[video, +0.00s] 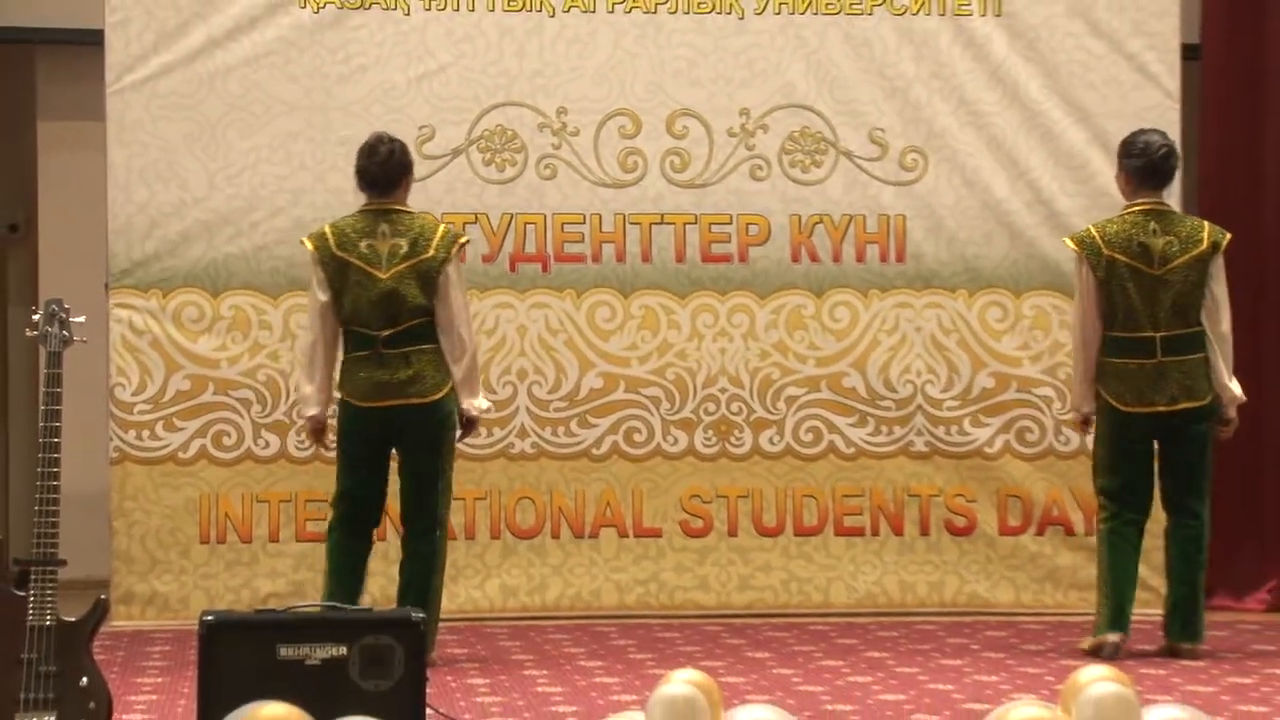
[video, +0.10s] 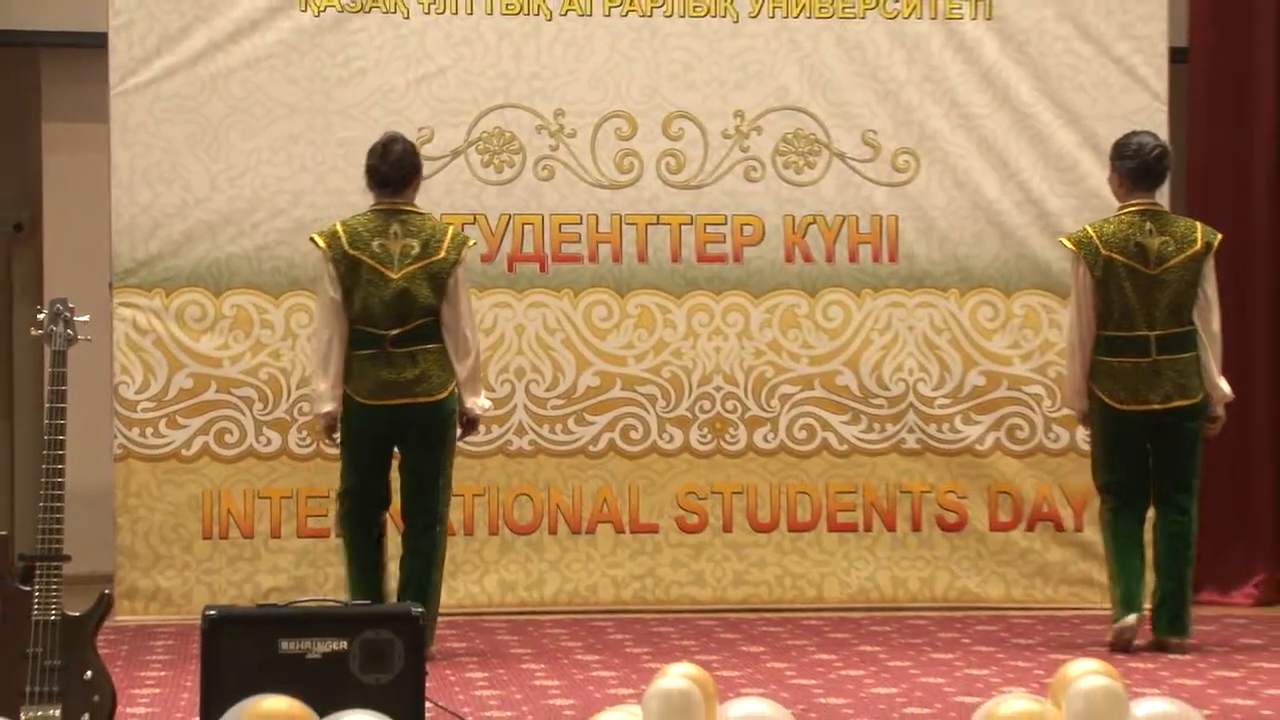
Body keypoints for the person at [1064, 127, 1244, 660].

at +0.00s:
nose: (1118, 179)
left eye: (1119, 172)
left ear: (1121, 177)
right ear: (1173, 177)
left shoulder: (1095, 243)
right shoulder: (1206, 240)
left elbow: (1088, 331)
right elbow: (1218, 324)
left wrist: (1083, 397)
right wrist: (1226, 391)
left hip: (1123, 401)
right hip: (1190, 399)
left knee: (1120, 513)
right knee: (1188, 513)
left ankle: (1111, 627)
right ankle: (1185, 633)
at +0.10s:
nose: (1110, 181)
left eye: (1111, 174)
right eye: (1115, 174)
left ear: (1115, 179)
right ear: (1165, 178)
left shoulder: (1090, 243)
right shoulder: (1198, 241)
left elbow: (1082, 329)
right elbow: (1208, 324)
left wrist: (1079, 398)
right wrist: (1215, 392)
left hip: (1117, 400)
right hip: (1181, 399)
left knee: (1121, 501)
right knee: (1177, 505)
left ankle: (1127, 607)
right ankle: (1172, 626)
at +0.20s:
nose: (1103, 179)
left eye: (1104, 172)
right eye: (1106, 171)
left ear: (1110, 177)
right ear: (1158, 176)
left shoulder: (1090, 240)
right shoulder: (1191, 239)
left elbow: (1076, 324)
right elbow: (1200, 321)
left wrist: (1069, 391)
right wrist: (1205, 385)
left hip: (1112, 394)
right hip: (1175, 393)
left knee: (1117, 495)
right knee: (1170, 501)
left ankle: (1134, 601)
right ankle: (1166, 620)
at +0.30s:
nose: (1093, 181)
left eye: (1095, 175)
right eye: (1095, 173)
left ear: (1103, 180)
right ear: (1148, 178)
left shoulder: (1085, 241)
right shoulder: (1183, 241)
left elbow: (1070, 326)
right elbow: (1187, 322)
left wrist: (1056, 390)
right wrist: (1194, 387)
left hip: (1101, 397)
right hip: (1165, 397)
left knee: (1095, 486)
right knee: (1157, 499)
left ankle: (1120, 593)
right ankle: (1154, 616)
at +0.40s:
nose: (1087, 183)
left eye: (1089, 176)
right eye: (1089, 175)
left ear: (1099, 180)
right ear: (1141, 179)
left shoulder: (1081, 242)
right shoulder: (1176, 242)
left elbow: (1065, 324)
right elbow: (1179, 322)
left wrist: (1048, 391)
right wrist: (1186, 387)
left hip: (1094, 397)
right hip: (1156, 397)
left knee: (1078, 482)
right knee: (1148, 500)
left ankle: (1101, 592)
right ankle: (1147, 615)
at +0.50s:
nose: (1078, 186)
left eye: (1080, 178)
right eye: (1080, 178)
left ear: (1091, 182)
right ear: (1131, 181)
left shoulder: (1077, 244)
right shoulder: (1165, 244)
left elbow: (1060, 325)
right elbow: (1168, 325)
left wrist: (1043, 393)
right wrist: (1170, 390)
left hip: (1084, 399)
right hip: (1143, 400)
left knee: (1058, 484)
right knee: (1138, 504)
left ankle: (1067, 604)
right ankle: (1139, 616)